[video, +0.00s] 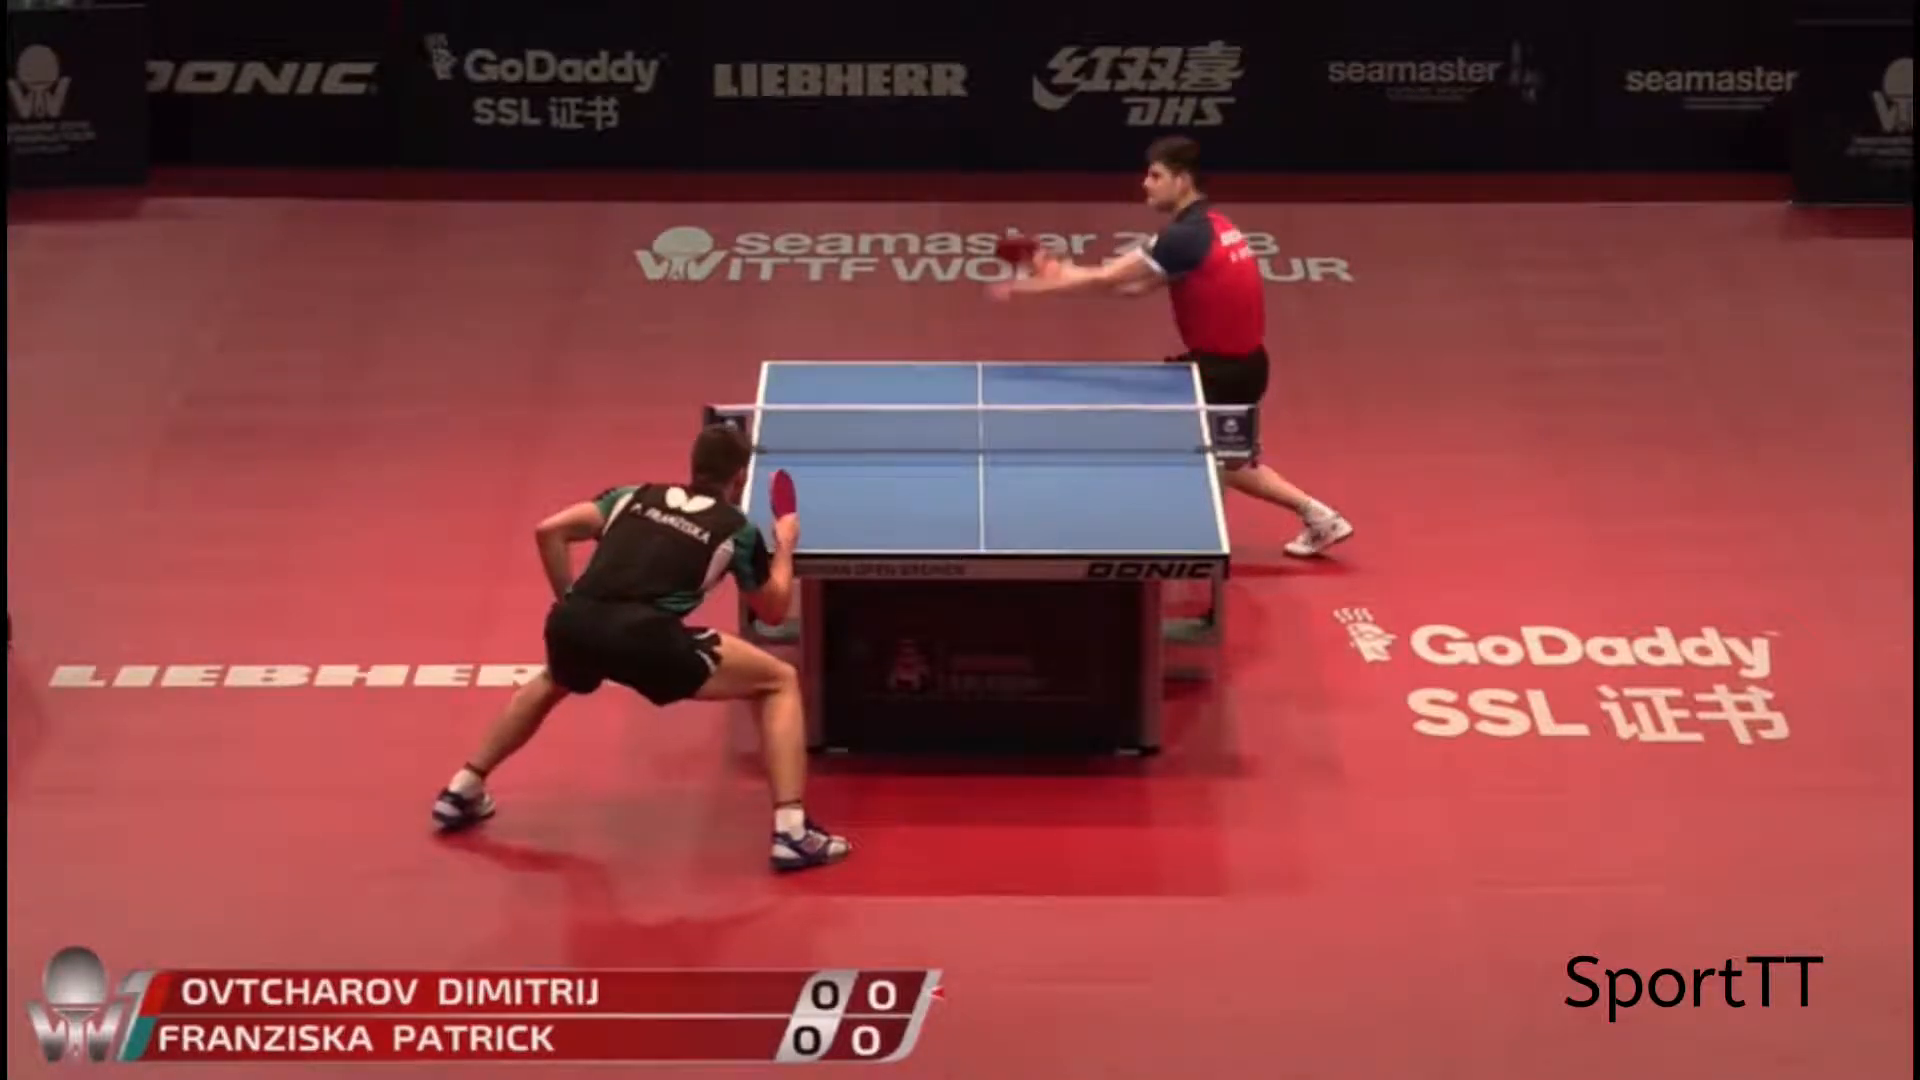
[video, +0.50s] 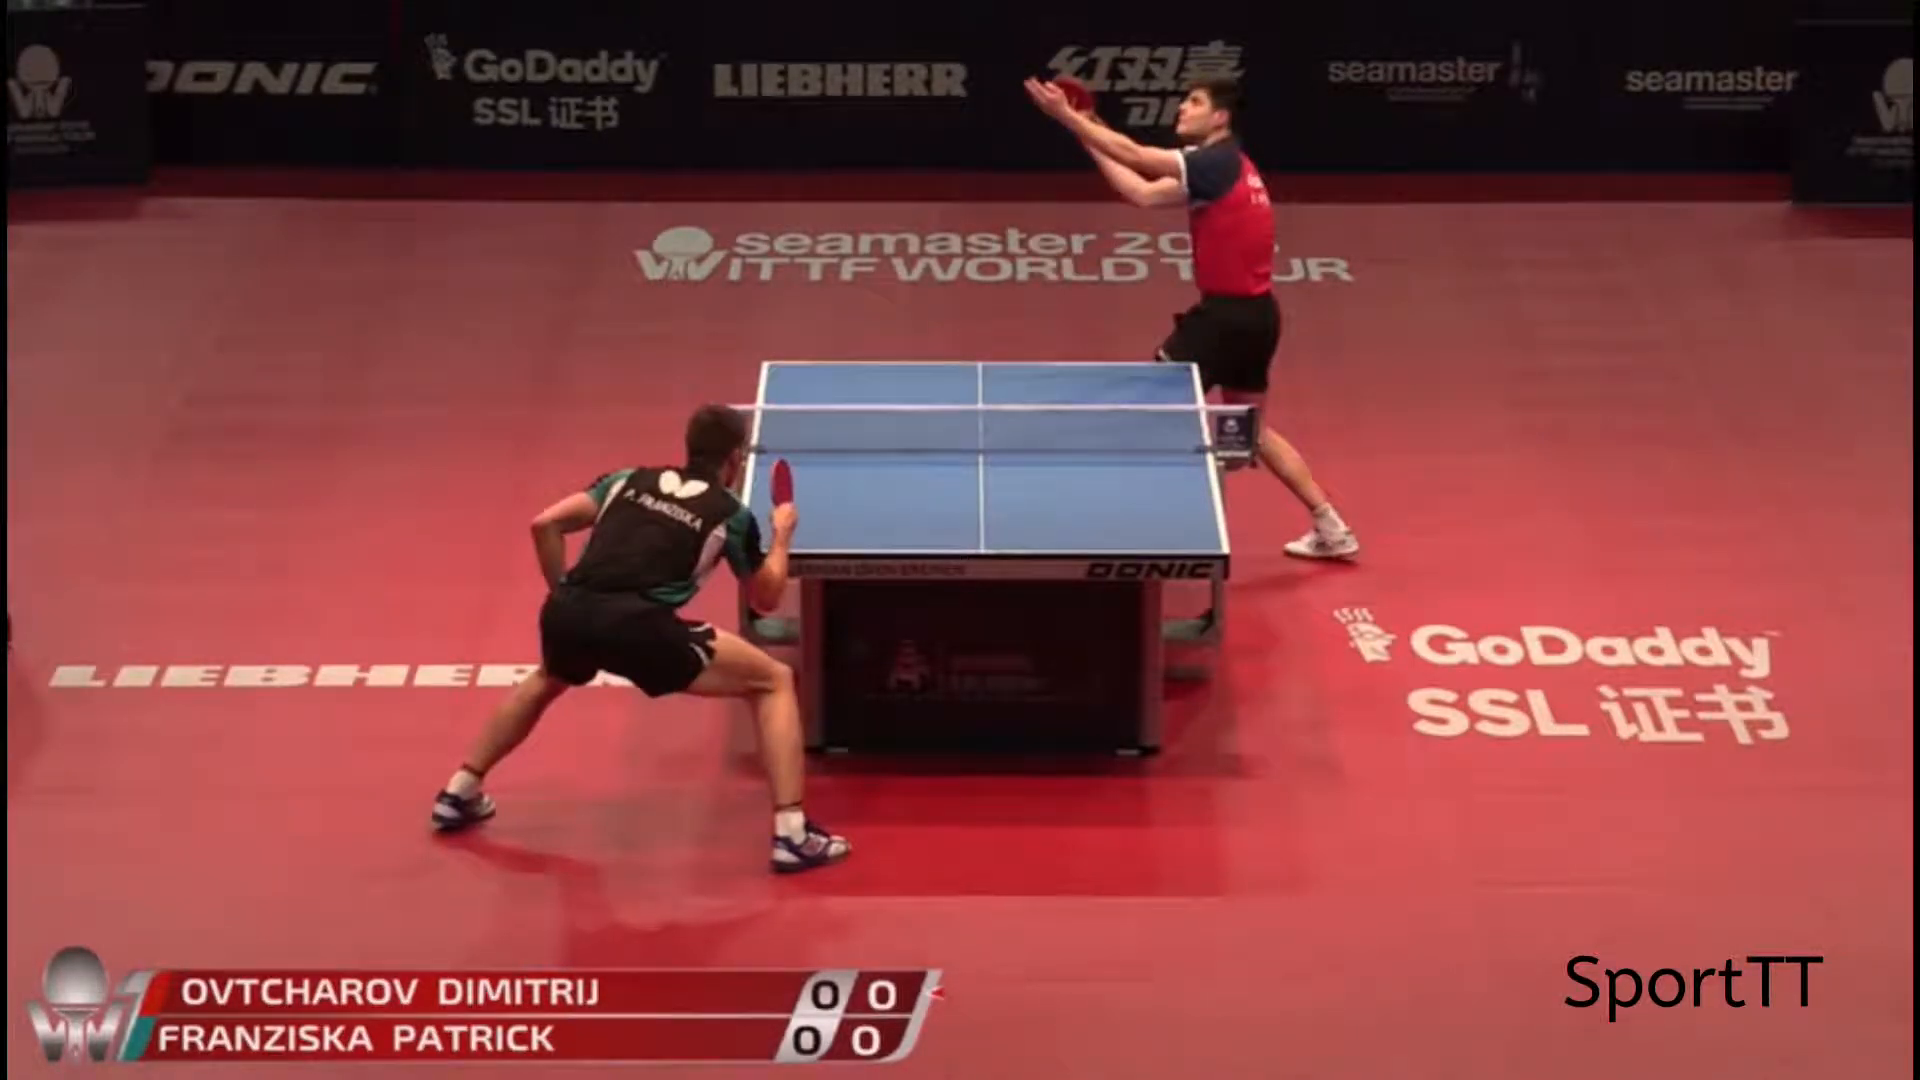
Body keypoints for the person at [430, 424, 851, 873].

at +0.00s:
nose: (743, 480)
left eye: (732, 471)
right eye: (744, 473)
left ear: (691, 467)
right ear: (739, 479)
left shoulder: (636, 495)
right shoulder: (739, 529)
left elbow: (550, 530)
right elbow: (774, 610)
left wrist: (566, 601)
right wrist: (785, 549)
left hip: (573, 623)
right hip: (647, 637)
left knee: (552, 681)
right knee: (779, 683)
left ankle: (463, 787)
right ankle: (792, 830)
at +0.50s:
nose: (745, 461)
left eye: (743, 453)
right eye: (745, 454)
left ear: (689, 451)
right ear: (734, 459)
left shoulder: (629, 479)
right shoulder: (732, 513)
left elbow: (546, 523)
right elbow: (766, 598)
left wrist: (560, 593)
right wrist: (782, 535)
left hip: (568, 614)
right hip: (639, 624)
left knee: (545, 682)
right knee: (774, 682)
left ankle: (459, 790)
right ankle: (793, 833)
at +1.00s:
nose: (752, 419)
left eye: (749, 409)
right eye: (751, 411)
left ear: (695, 405)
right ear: (741, 418)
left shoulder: (638, 443)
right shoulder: (741, 477)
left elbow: (559, 501)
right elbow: (774, 568)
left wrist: (570, 569)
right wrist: (801, 517)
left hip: (577, 583)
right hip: (650, 597)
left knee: (537, 676)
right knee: (774, 678)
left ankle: (458, 793)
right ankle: (792, 831)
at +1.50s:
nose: (762, 374)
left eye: (759, 366)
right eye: (761, 367)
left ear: (707, 362)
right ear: (752, 372)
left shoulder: (650, 396)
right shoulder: (748, 435)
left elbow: (572, 454)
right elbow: (783, 533)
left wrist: (587, 513)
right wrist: (847, 537)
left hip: (592, 545)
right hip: (660, 561)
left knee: (541, 655)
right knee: (758, 680)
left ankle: (475, 786)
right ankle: (790, 833)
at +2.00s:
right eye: (774, 379)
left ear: (729, 375)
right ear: (775, 385)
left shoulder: (712, 410)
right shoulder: (790, 435)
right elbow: (798, 483)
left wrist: (616, 459)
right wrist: (811, 479)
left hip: (707, 569)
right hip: (778, 570)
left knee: (602, 661)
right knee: (820, 639)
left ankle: (507, 780)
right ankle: (881, 755)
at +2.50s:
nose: (782, 397)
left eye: (775, 385)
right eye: (782, 390)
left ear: (727, 384)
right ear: (772, 396)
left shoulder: (670, 431)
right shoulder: (773, 467)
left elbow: (599, 497)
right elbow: (813, 563)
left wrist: (620, 523)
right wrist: (864, 553)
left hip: (619, 585)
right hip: (692, 601)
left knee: (554, 680)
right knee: (801, 704)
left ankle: (470, 799)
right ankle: (777, 849)